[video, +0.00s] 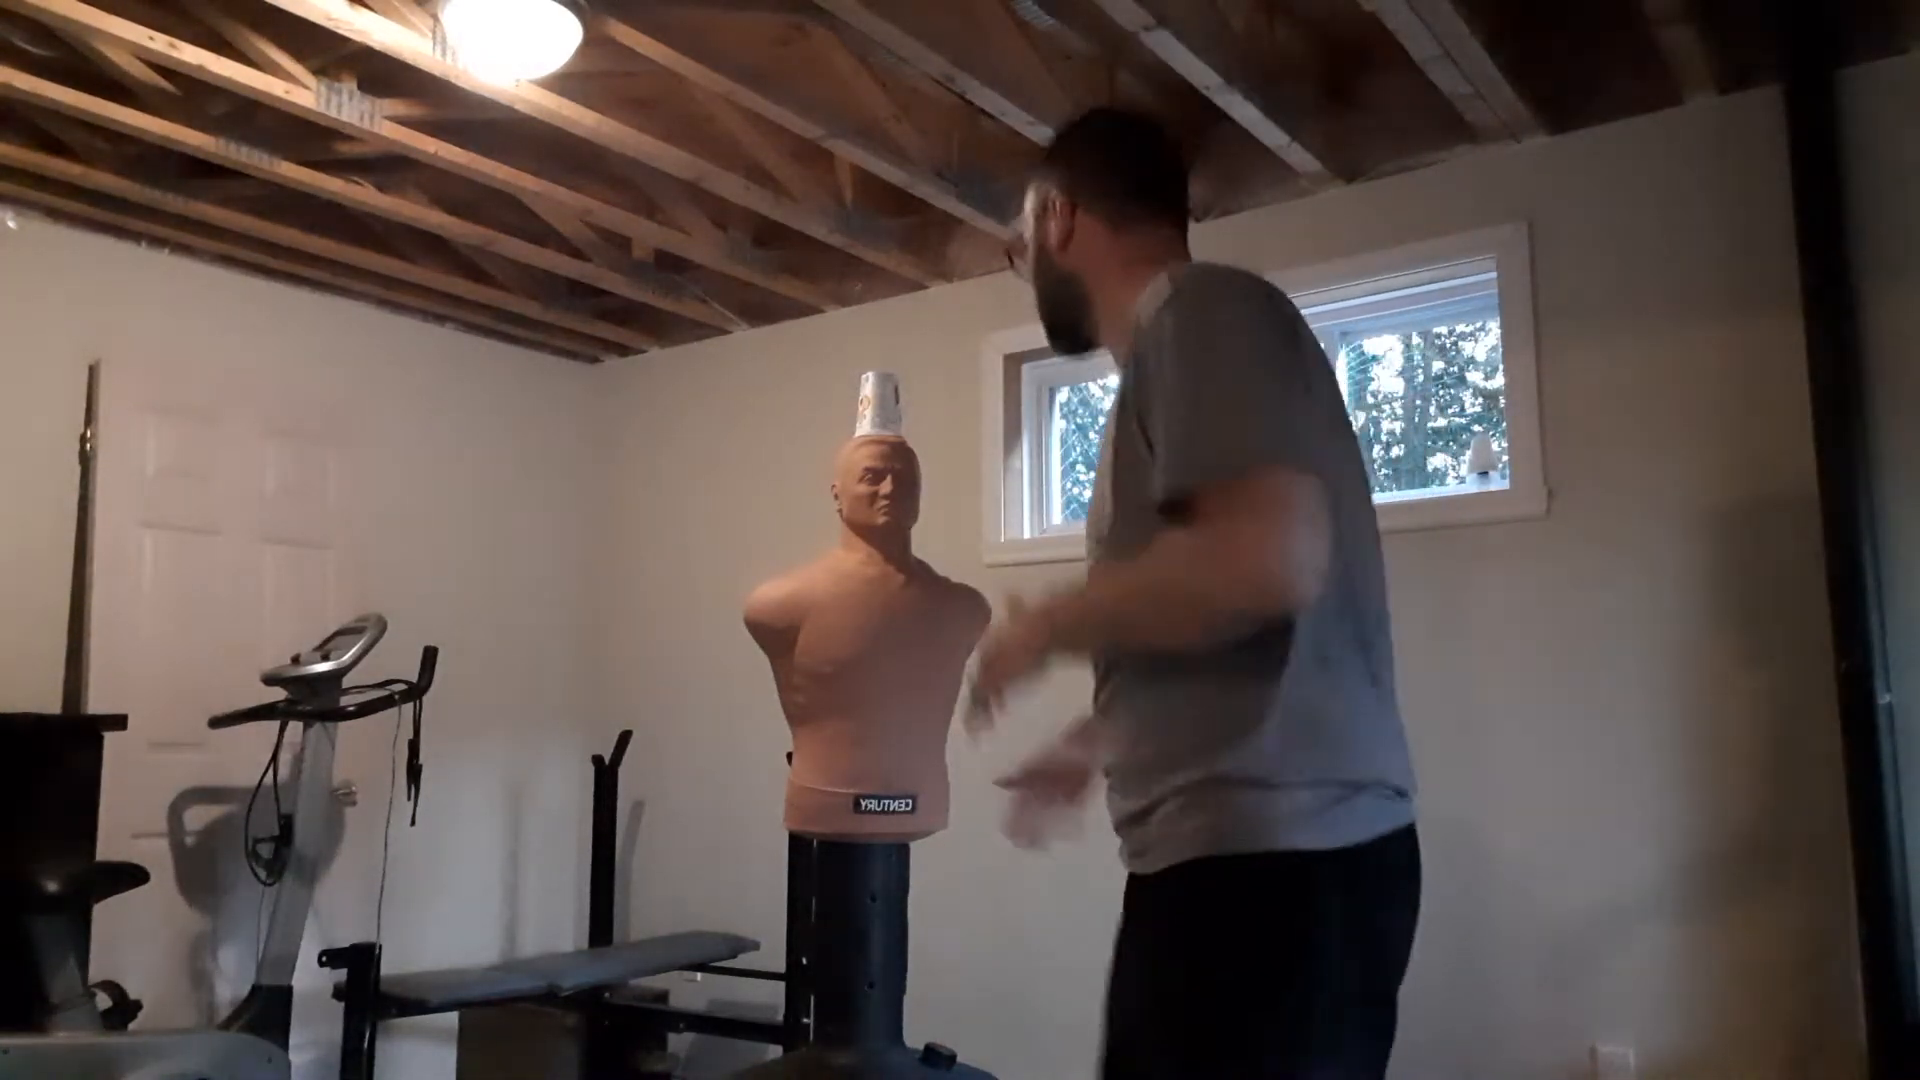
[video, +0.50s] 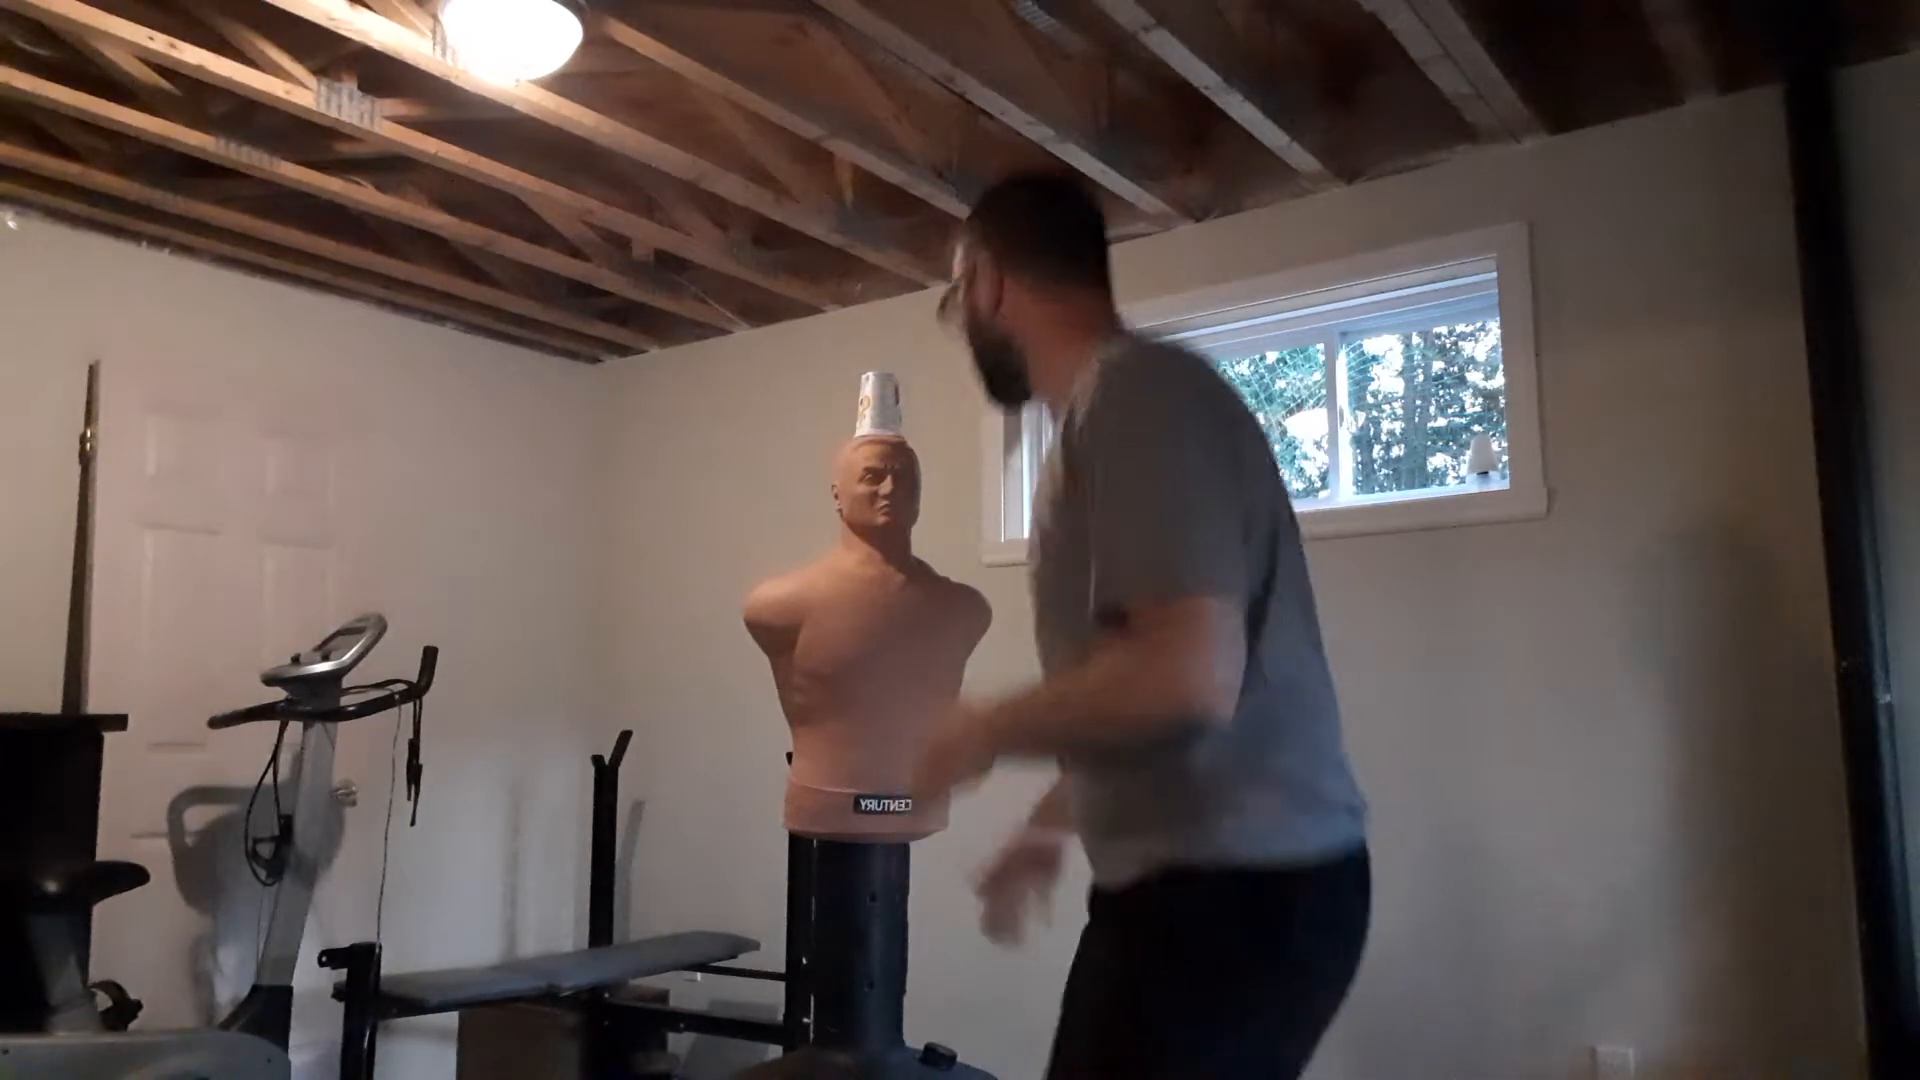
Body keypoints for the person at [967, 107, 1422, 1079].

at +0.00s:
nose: (1024, 266)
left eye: (1025, 235)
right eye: (1023, 242)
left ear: (1063, 218)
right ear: (1158, 210)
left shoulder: (1206, 309)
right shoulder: (1176, 353)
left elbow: (1271, 552)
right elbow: (1216, 632)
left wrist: (1046, 623)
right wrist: (1089, 744)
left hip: (1273, 863)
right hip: (1230, 860)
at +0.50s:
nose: (960, 319)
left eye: (960, 287)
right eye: (958, 293)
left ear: (993, 279)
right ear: (1087, 265)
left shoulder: (1142, 392)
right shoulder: (1103, 418)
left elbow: (1191, 669)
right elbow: (1134, 671)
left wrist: (986, 729)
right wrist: (1053, 822)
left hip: (1232, 893)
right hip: (1180, 888)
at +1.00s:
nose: (947, 329)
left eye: (946, 303)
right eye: (944, 307)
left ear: (980, 294)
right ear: (1074, 281)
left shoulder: (1149, 414)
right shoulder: (1090, 439)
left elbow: (1159, 686)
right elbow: (1101, 660)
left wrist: (943, 750)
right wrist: (1015, 767)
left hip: (1197, 892)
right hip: (1135, 884)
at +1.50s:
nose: (941, 340)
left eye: (939, 311)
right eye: (939, 315)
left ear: (968, 301)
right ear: (1065, 289)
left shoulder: (1106, 411)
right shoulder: (1107, 415)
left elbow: (1111, 685)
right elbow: (1114, 671)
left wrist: (928, 696)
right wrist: (940, 693)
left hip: (1196, 902)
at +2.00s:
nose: (958, 330)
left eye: (955, 306)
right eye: (952, 311)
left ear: (981, 298)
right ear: (1078, 285)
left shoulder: (1033, 406)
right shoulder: (1200, 421)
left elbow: (1010, 671)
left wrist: (895, 730)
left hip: (1142, 882)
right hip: (1256, 868)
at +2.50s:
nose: (1025, 393)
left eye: (1041, 359)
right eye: (991, 372)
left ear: (1067, 337)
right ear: (929, 370)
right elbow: (728, 591)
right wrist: (688, 667)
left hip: (1195, 894)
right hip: (1006, 897)